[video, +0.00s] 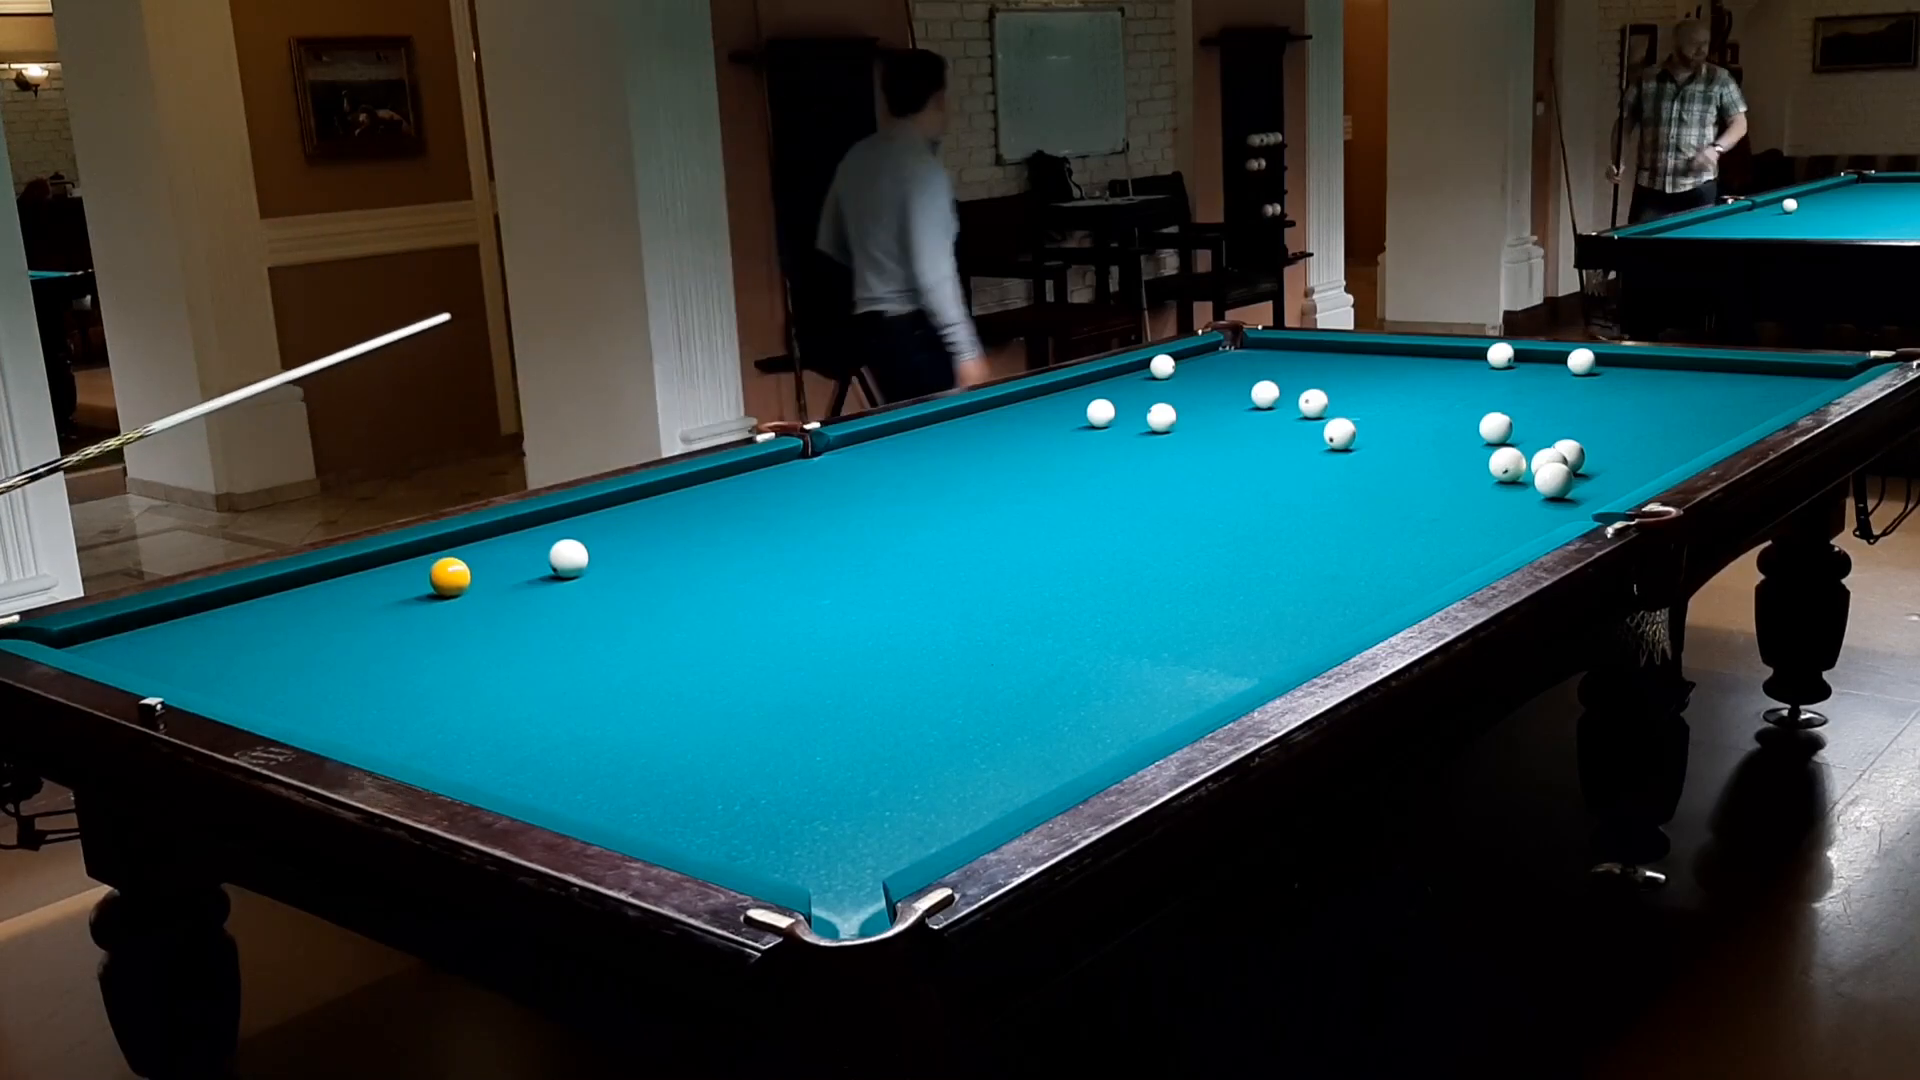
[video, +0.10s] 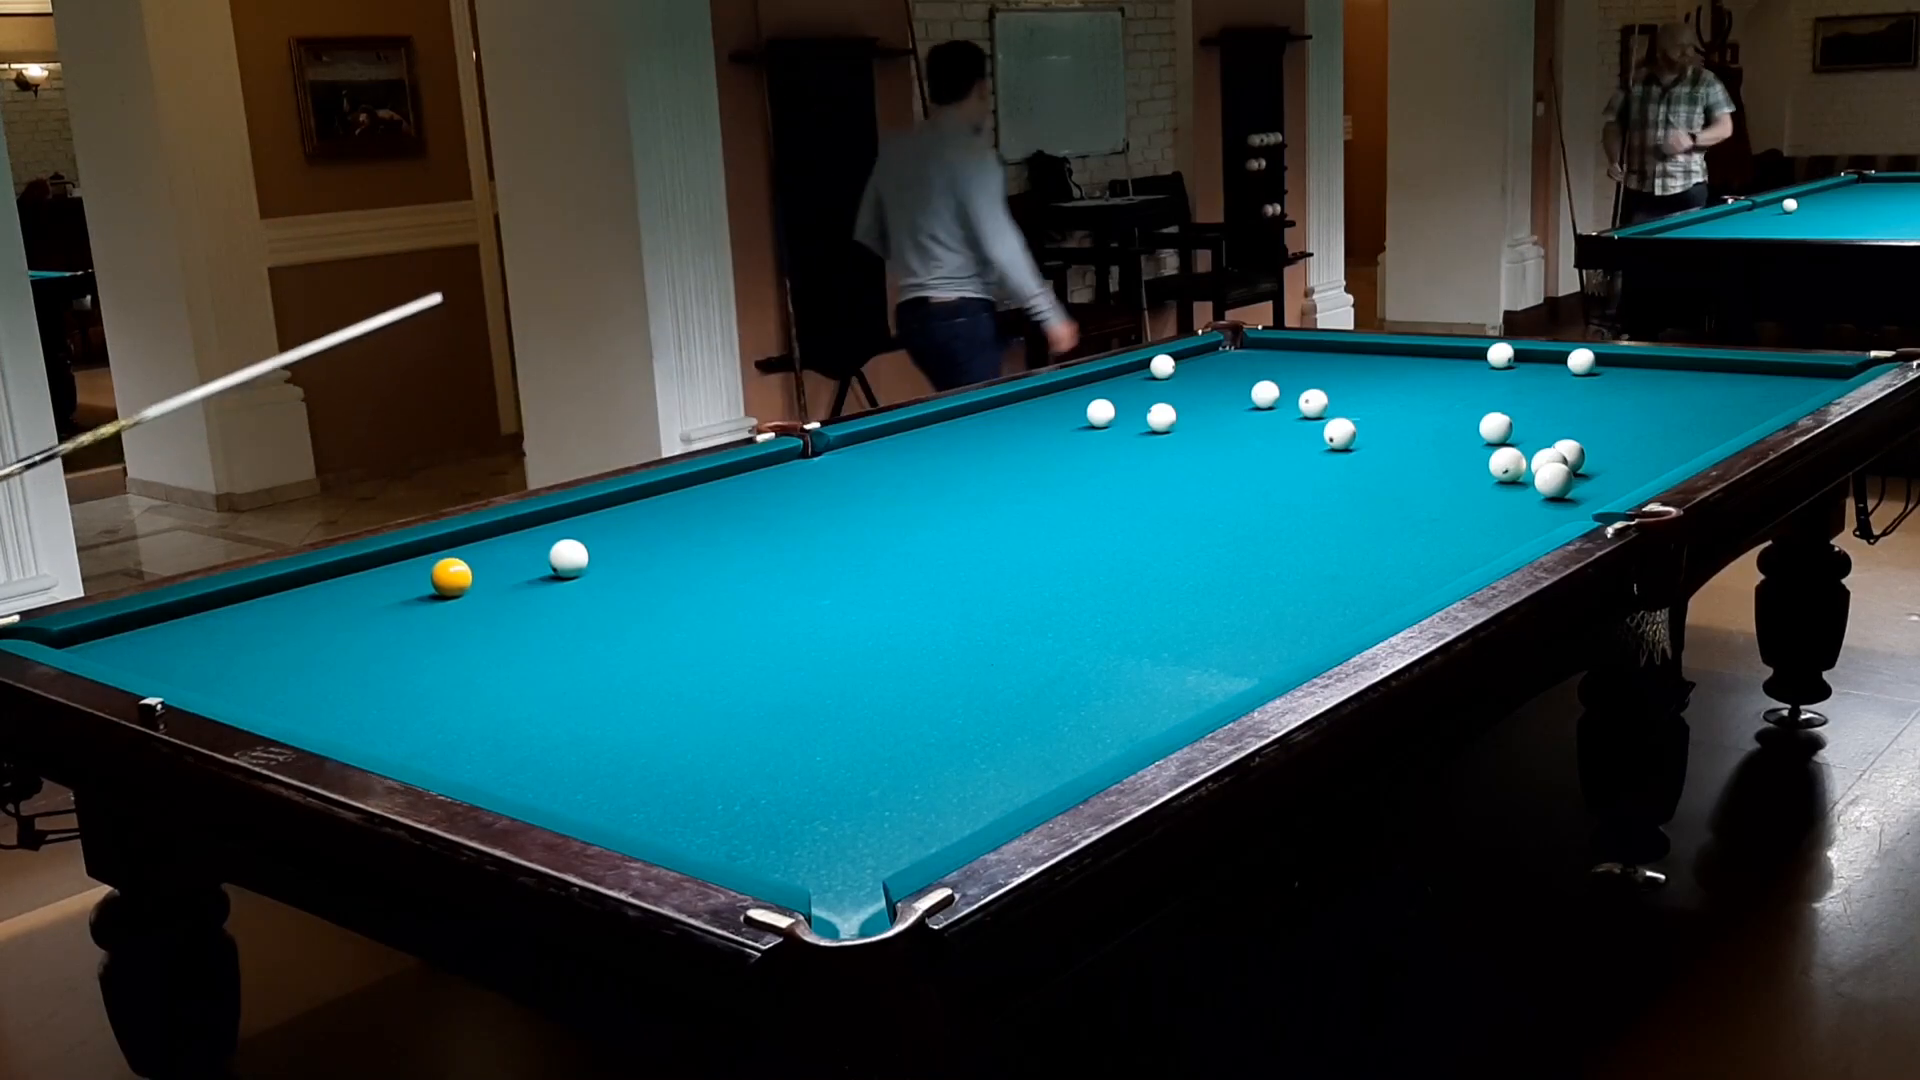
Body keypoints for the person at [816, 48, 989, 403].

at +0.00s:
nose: (947, 107)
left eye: (944, 96)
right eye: (945, 96)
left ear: (891, 97)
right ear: (935, 99)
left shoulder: (857, 160)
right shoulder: (922, 169)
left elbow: (830, 241)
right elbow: (934, 272)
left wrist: (880, 261)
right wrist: (967, 352)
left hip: (870, 326)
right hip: (915, 325)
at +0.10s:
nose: (989, 98)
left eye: (987, 88)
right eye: (987, 87)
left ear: (933, 89)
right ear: (980, 88)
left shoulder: (895, 151)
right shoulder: (969, 153)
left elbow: (867, 232)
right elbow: (1000, 244)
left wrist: (917, 258)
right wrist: (1050, 314)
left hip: (911, 315)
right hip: (962, 313)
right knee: (985, 429)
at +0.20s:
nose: (1023, 98)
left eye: (1020, 87)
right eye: (1021, 87)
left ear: (968, 90)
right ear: (1014, 90)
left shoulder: (932, 153)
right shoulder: (1013, 151)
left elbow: (903, 233)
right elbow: (1060, 229)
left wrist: (955, 252)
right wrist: (1121, 280)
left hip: (952, 309)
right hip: (1002, 309)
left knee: (976, 423)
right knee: (1006, 422)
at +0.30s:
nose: (1054, 98)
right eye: (1052, 90)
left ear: (999, 100)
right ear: (1048, 94)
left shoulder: (969, 160)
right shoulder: (1054, 155)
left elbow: (941, 240)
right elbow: (1108, 224)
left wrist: (989, 261)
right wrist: (1169, 250)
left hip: (990, 314)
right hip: (1043, 312)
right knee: (1049, 425)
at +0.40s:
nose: (1079, 98)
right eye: (1078, 91)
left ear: (1027, 102)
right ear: (1075, 95)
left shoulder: (1005, 159)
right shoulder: (1090, 152)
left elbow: (973, 240)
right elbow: (1147, 223)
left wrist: (1023, 266)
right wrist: (1200, 231)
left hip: (1034, 312)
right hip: (1087, 310)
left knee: (1048, 418)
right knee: (1097, 415)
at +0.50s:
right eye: (1102, 80)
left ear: (1052, 95)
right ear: (1102, 85)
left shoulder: (1030, 151)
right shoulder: (1121, 140)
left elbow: (1001, 230)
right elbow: (1172, 212)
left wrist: (1042, 267)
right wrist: (1215, 221)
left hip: (1060, 302)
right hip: (1121, 301)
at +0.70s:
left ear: (1098, 88)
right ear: (1146, 78)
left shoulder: (1077, 140)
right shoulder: (1175, 134)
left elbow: (1049, 215)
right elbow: (1229, 205)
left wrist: (1077, 264)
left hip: (1105, 286)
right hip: (1171, 284)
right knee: (1175, 394)